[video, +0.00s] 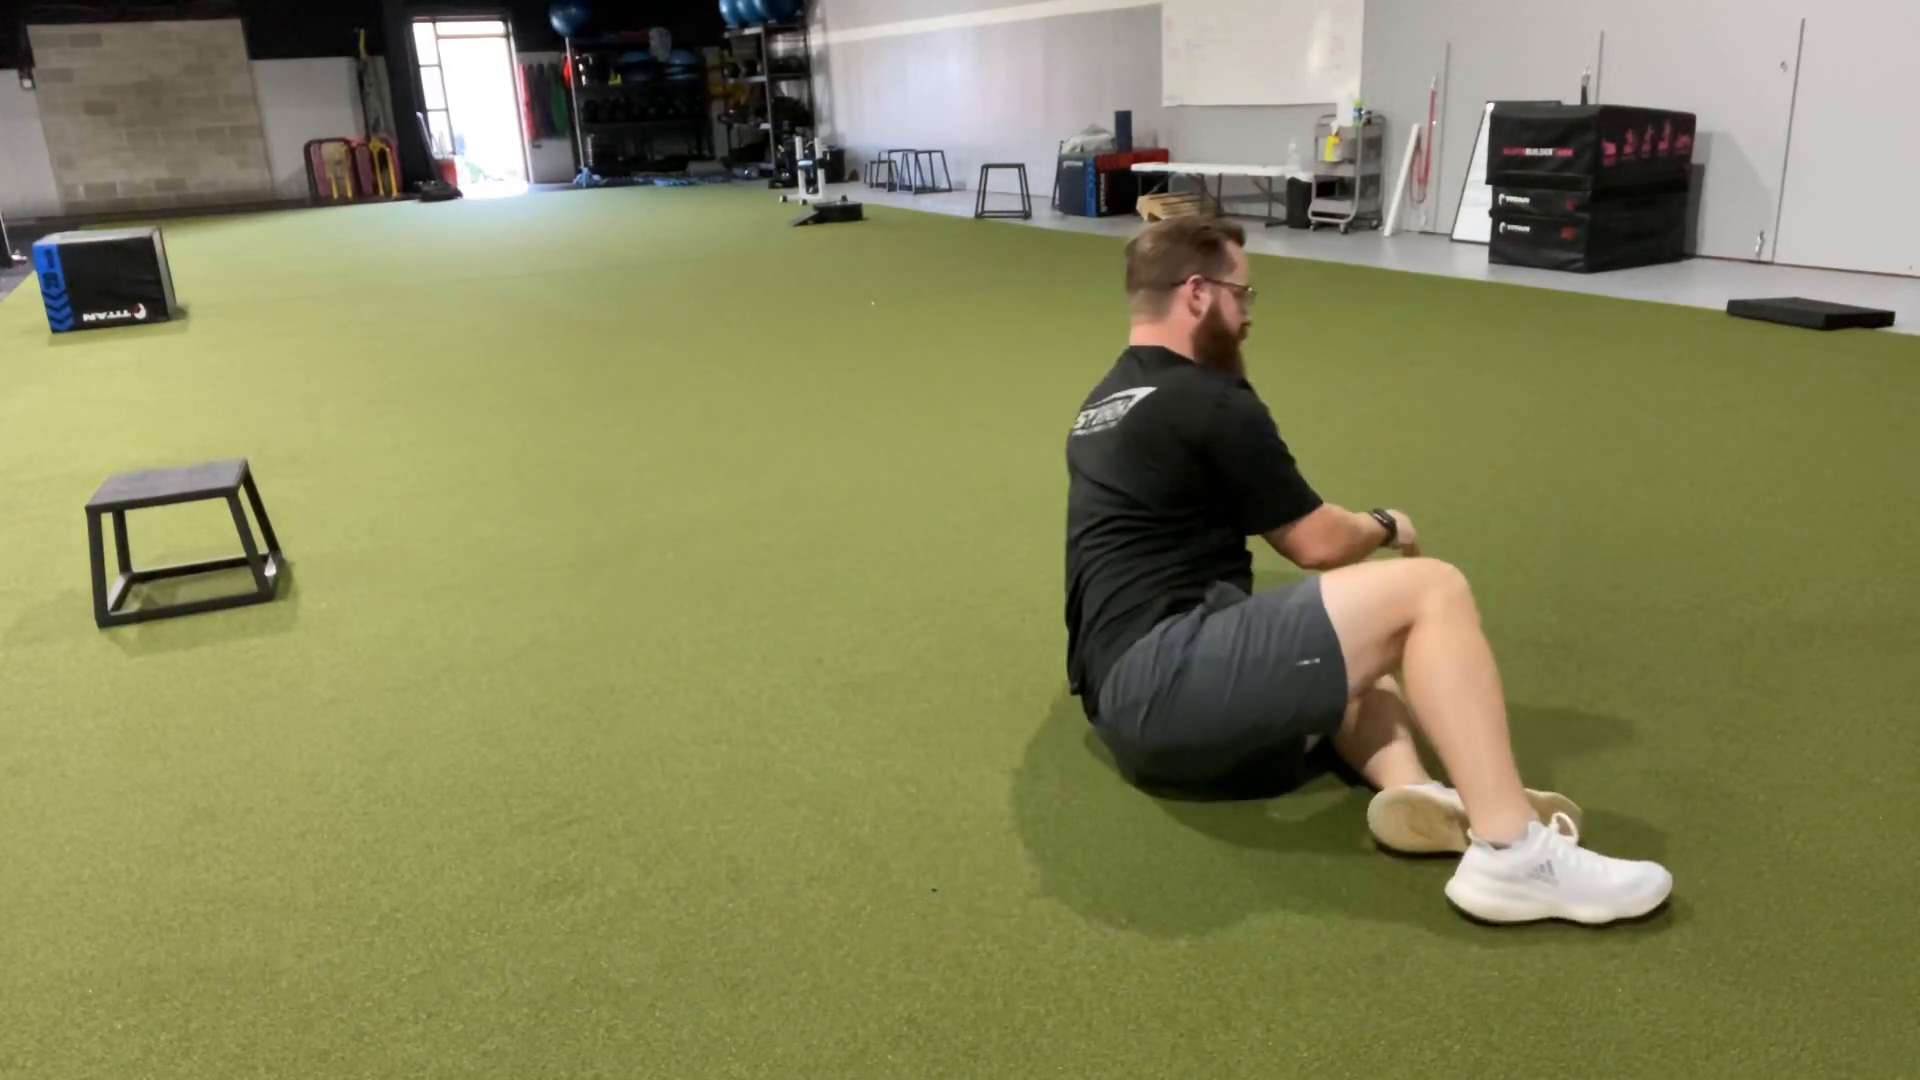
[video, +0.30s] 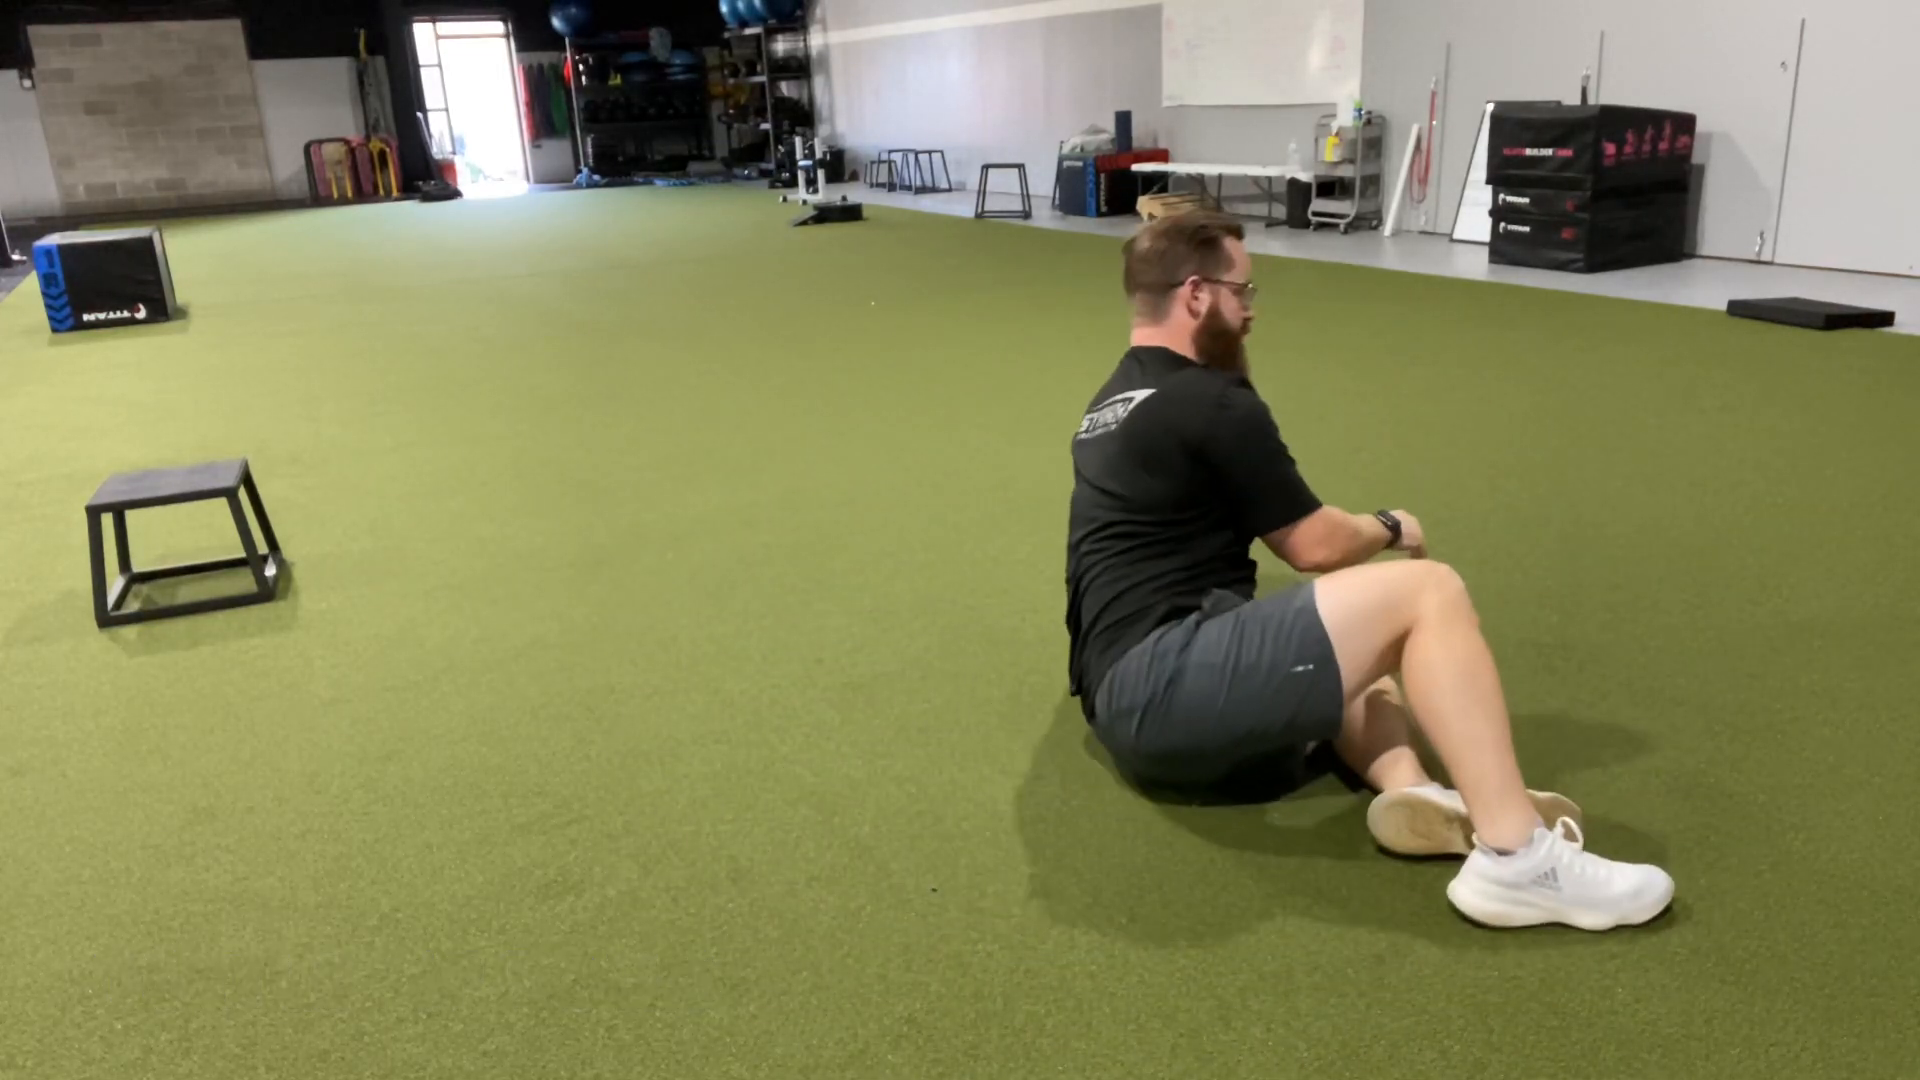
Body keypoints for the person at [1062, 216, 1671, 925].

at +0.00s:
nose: (1248, 317)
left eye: (1248, 299)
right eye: (1242, 298)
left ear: (1162, 303)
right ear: (1196, 298)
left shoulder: (1114, 396)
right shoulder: (1211, 402)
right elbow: (1317, 539)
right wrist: (1384, 527)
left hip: (1146, 733)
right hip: (1169, 676)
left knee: (1355, 679)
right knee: (1431, 590)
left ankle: (1410, 787)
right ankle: (1512, 847)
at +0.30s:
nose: (1251, 312)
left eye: (1249, 293)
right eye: (1243, 293)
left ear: (1170, 302)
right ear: (1195, 297)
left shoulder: (1124, 394)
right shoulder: (1212, 403)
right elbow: (1316, 543)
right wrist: (1390, 528)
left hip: (1153, 739)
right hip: (1168, 686)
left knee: (1354, 682)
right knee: (1427, 591)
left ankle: (1411, 788)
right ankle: (1516, 850)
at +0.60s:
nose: (1157, 315)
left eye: (1151, 298)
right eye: (1142, 300)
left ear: (1085, 318)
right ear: (1088, 317)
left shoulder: (1071, 415)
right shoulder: (1105, 422)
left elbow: (1174, 556)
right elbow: (1222, 550)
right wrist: (1324, 523)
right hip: (1134, 690)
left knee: (1347, 680)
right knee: (1392, 599)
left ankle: (1407, 789)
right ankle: (1515, 849)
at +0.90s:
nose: (981, 384)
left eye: (973, 369)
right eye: (959, 376)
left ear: (926, 400)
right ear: (905, 409)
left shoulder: (962, 482)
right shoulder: (930, 500)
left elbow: (1067, 578)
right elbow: (1082, 576)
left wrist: (1143, 546)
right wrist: (1193, 513)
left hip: (1107, 703)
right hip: (1075, 712)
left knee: (1319, 620)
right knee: (1322, 587)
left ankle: (1404, 781)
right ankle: (1466, 824)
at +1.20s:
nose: (813, 482)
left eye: (803, 472)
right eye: (785, 483)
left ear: (818, 497)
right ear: (751, 534)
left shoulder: (884, 563)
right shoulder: (793, 600)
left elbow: (1009, 621)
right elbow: (916, 595)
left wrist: (1165, 618)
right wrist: (992, 488)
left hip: (1090, 730)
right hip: (1022, 733)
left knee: (1207, 506)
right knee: (1149, 492)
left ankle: (1351, 658)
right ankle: (1334, 687)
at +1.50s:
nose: (706, 596)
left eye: (702, 590)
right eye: (683, 610)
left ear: (726, 595)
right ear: (681, 660)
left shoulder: (792, 653)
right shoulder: (719, 690)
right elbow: (763, 624)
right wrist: (766, 518)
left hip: (1032, 675)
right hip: (967, 691)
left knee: (989, 453)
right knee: (914, 427)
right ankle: (1149, 449)